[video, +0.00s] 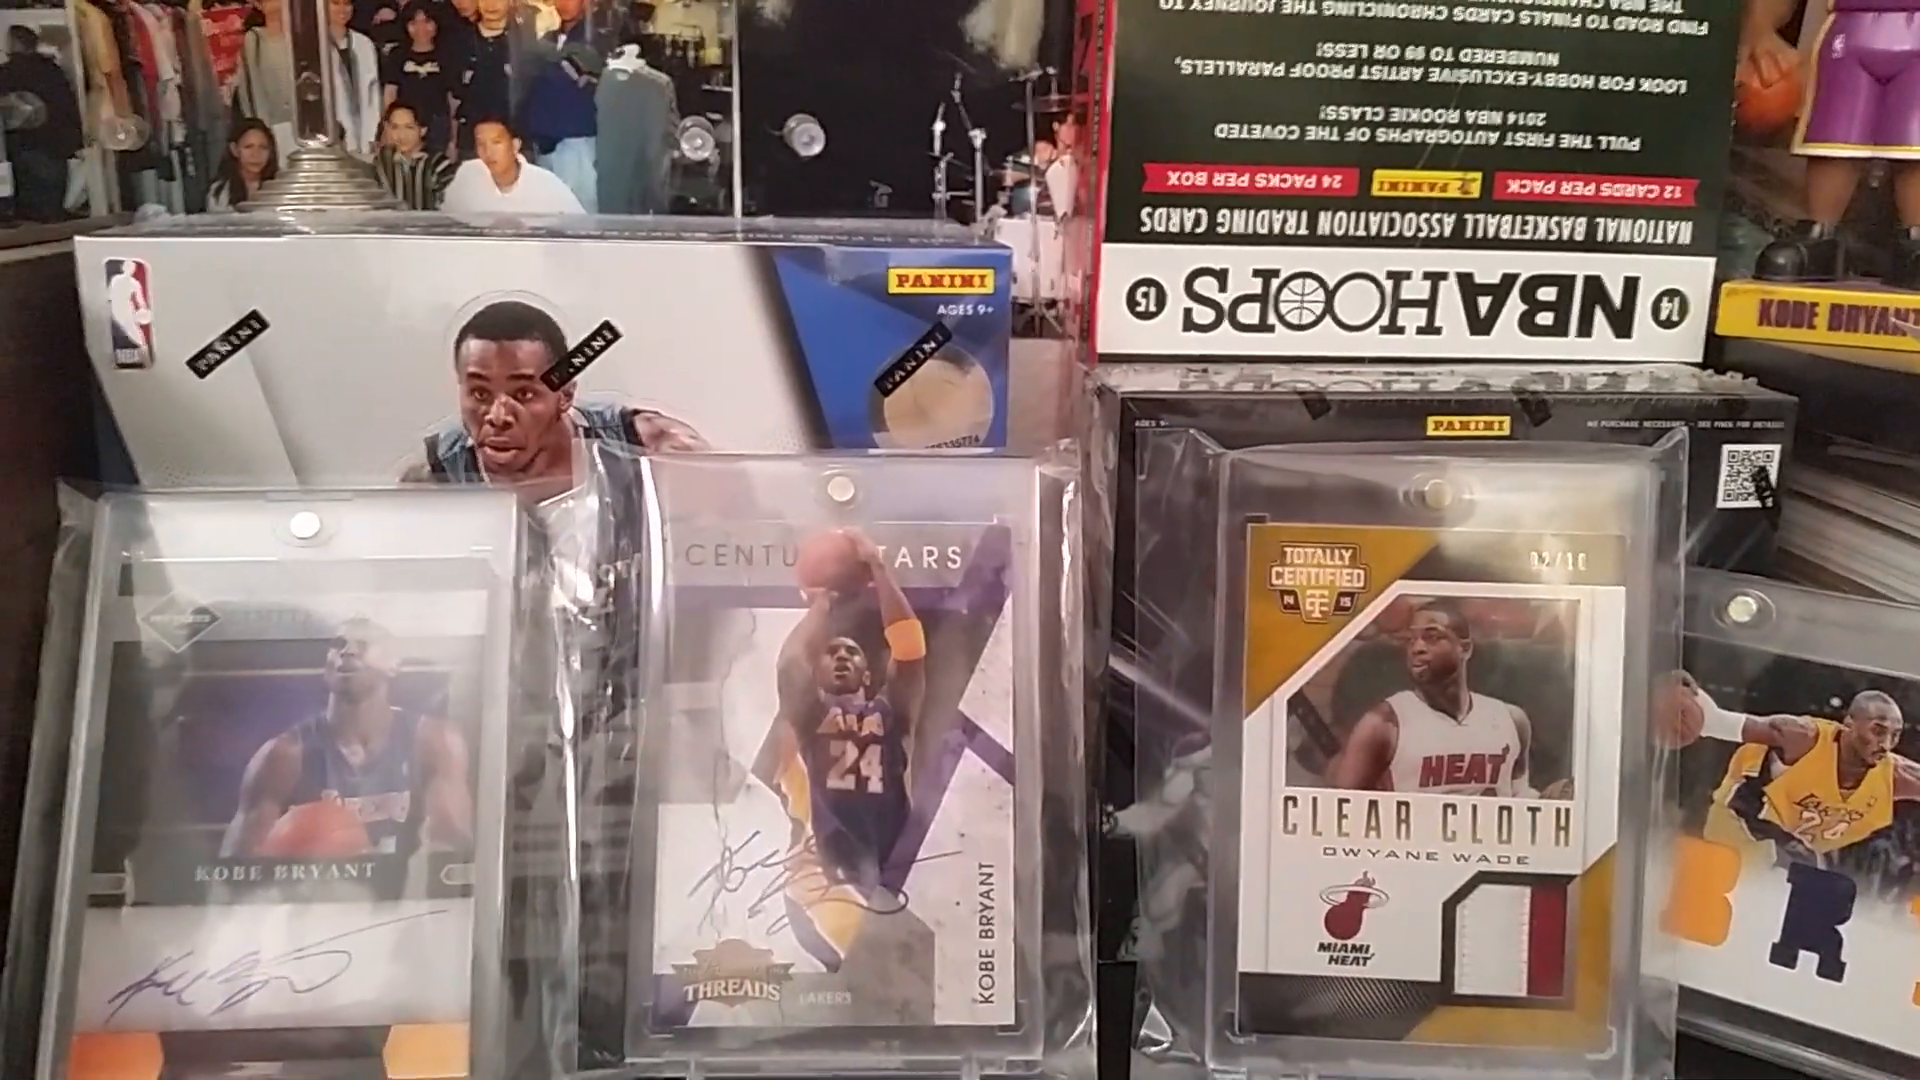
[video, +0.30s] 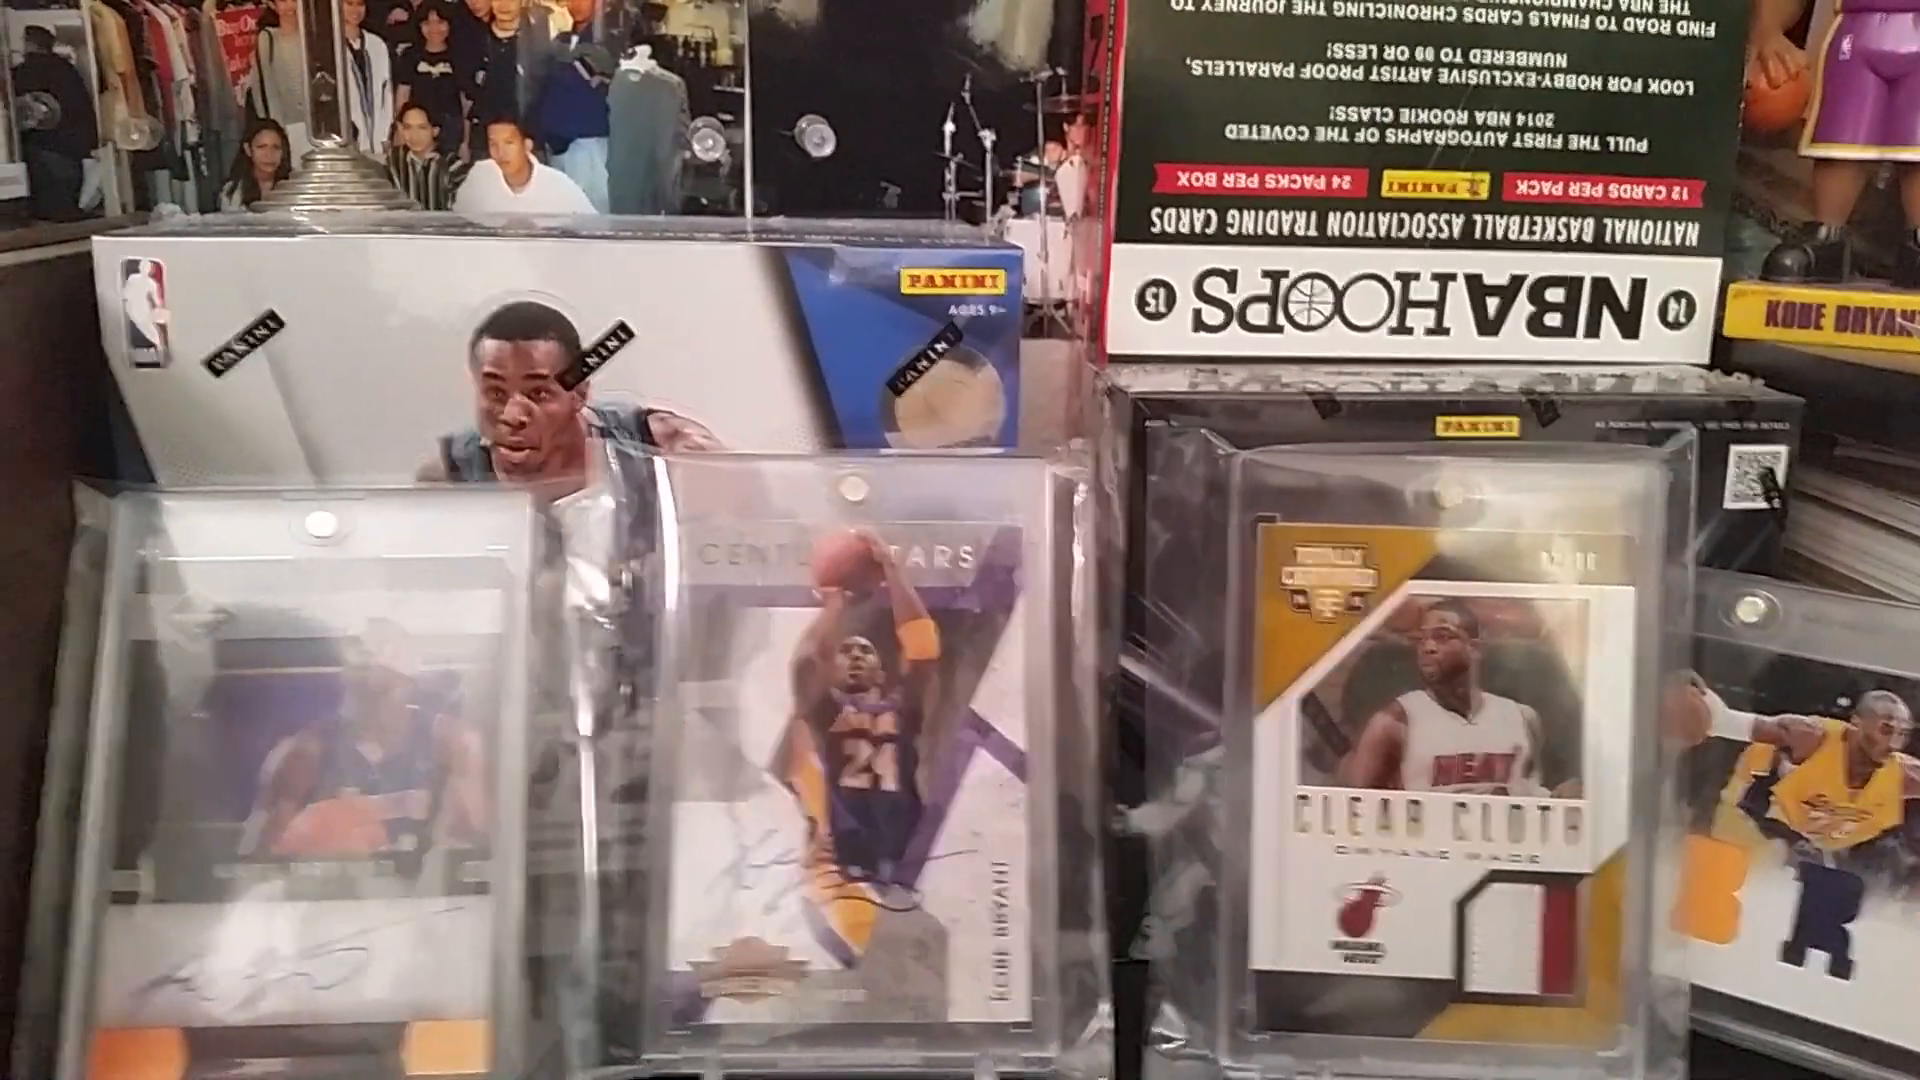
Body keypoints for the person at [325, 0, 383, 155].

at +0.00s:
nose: (344, 9)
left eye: (347, 4)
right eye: (336, 3)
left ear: (352, 8)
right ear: (324, 7)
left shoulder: (365, 44)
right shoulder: (316, 46)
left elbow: (374, 92)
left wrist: (371, 138)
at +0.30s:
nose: (356, 10)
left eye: (360, 4)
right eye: (350, 4)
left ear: (365, 8)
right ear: (339, 7)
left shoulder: (378, 44)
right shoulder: (331, 46)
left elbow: (387, 90)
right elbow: (331, 94)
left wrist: (385, 135)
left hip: (378, 139)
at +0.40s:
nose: (374, 10)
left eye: (380, 4)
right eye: (371, 4)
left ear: (387, 10)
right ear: (362, 9)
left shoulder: (402, 47)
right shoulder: (354, 48)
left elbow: (409, 96)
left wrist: (406, 139)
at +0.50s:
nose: (405, 10)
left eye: (407, 4)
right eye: (398, 4)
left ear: (410, 9)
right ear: (386, 10)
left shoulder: (425, 45)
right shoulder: (379, 49)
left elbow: (434, 91)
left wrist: (431, 133)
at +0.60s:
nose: (422, 12)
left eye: (425, 7)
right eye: (414, 6)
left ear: (429, 11)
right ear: (403, 10)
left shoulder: (442, 48)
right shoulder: (397, 51)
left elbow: (451, 92)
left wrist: (450, 133)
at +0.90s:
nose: (418, 14)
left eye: (422, 8)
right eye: (411, 8)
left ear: (427, 12)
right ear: (400, 12)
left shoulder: (439, 49)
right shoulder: (393, 51)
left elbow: (448, 94)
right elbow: (396, 100)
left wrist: (443, 141)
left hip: (440, 144)